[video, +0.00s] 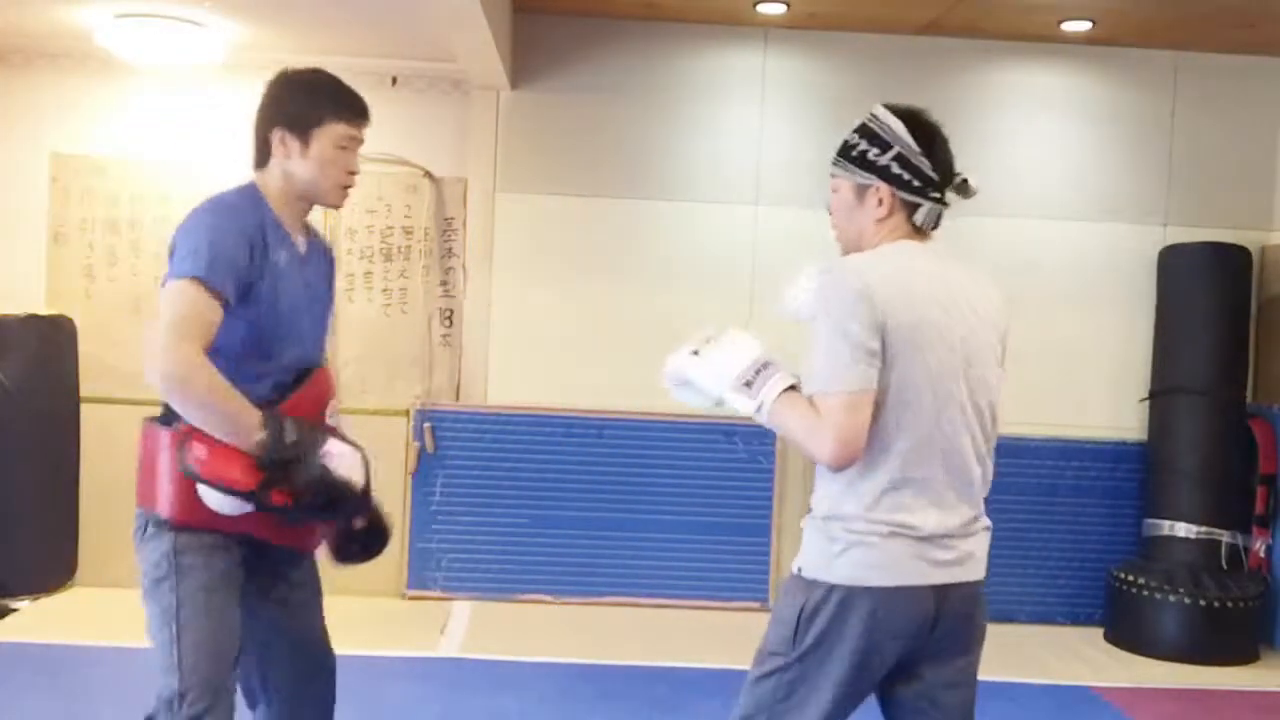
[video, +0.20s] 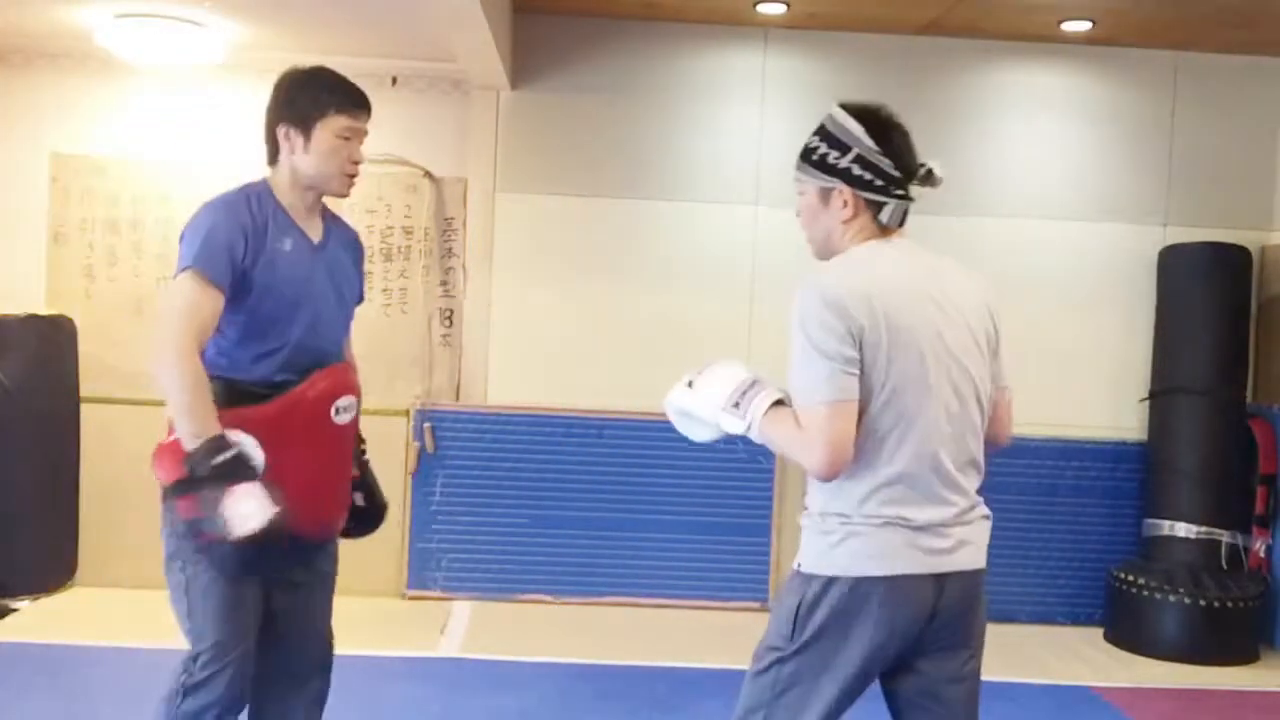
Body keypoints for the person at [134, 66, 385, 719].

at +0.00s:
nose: (357, 166)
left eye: (358, 150)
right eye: (344, 147)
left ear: (298, 148)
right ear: (285, 144)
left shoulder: (318, 256)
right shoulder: (223, 225)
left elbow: (308, 387)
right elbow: (171, 365)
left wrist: (341, 471)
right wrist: (279, 442)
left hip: (273, 505)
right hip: (194, 503)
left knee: (301, 694)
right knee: (193, 702)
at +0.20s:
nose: (360, 155)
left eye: (362, 140)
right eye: (346, 137)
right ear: (291, 138)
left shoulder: (346, 245)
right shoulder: (230, 220)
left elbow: (339, 358)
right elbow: (176, 347)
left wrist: (352, 462)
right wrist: (218, 471)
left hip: (310, 463)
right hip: (225, 457)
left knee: (300, 669)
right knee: (222, 660)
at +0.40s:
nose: (353, 177)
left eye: (357, 163)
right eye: (337, 161)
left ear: (359, 168)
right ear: (285, 168)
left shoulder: (359, 254)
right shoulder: (236, 251)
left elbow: (365, 357)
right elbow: (176, 368)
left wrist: (370, 458)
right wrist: (154, 481)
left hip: (331, 458)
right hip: (245, 456)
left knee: (372, 621)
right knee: (242, 647)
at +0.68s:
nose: (392, 169)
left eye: (398, 157)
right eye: (377, 155)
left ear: (399, 167)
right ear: (331, 162)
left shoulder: (408, 250)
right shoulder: (285, 243)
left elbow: (435, 348)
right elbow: (228, 347)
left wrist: (457, 436)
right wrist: (207, 452)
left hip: (384, 444)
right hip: (299, 442)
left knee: (413, 612)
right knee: (275, 614)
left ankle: (408, 717)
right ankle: (241, 717)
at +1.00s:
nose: (432, 173)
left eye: (438, 161)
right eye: (417, 159)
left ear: (440, 170)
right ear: (374, 167)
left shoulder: (446, 249)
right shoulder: (330, 243)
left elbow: (474, 344)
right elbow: (274, 344)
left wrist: (507, 431)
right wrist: (299, 429)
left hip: (419, 455)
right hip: (341, 451)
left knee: (423, 616)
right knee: (323, 610)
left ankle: (407, 719)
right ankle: (287, 717)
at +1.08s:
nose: (429, 181)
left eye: (435, 169)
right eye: (416, 168)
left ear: (439, 176)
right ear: (373, 172)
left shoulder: (441, 254)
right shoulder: (329, 241)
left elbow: (477, 341)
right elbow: (272, 339)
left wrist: (517, 406)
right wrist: (312, 406)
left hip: (399, 437)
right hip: (329, 432)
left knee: (411, 582)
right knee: (336, 578)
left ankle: (400, 716)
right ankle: (299, 715)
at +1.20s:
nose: (401, 194)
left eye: (408, 182)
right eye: (388, 180)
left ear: (414, 187)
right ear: (347, 183)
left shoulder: (405, 250)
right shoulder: (309, 240)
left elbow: (455, 331)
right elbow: (278, 322)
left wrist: (510, 325)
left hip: (371, 440)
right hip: (300, 435)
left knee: (385, 594)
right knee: (304, 579)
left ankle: (390, 716)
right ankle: (260, 686)